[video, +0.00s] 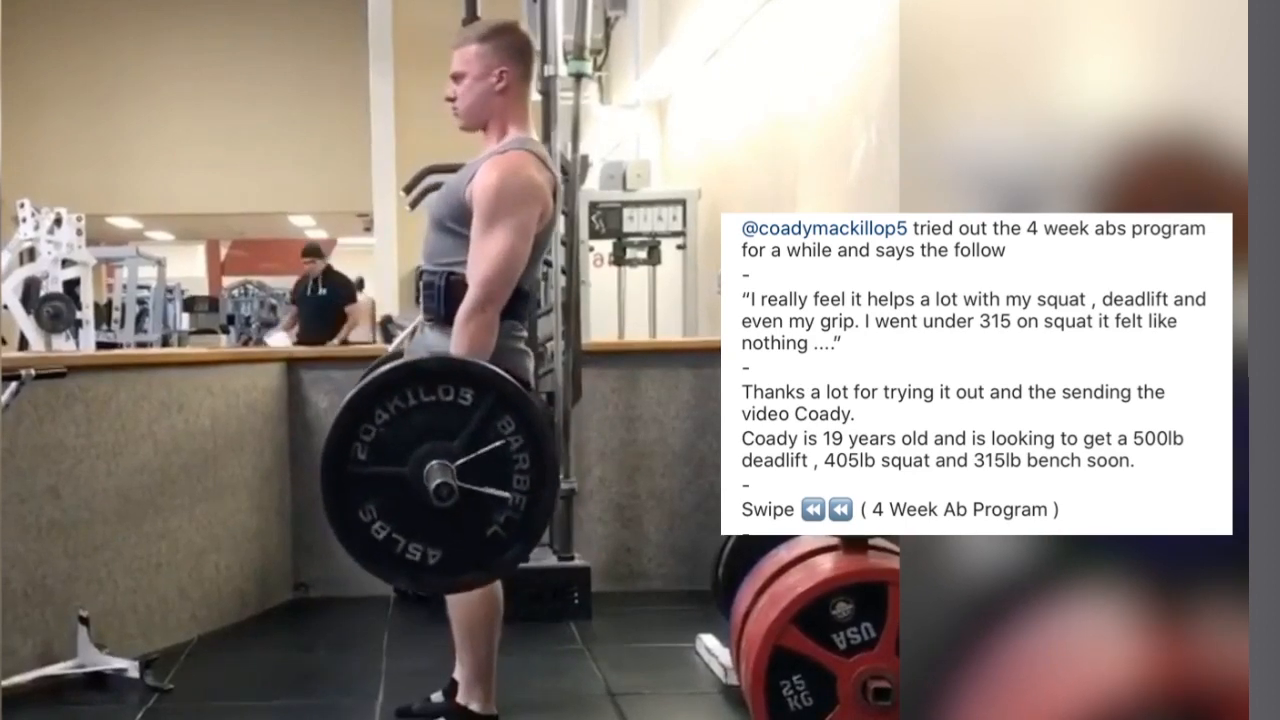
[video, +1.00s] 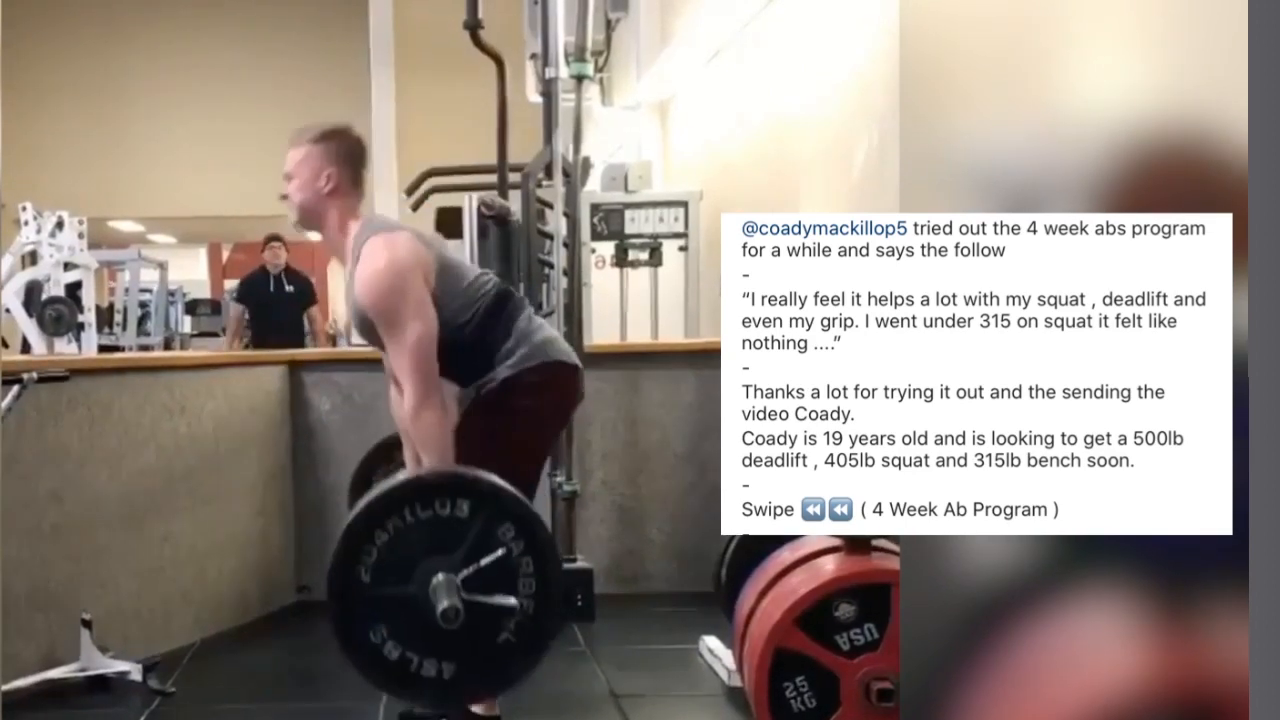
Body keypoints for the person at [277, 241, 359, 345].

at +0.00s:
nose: (309, 267)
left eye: (312, 262)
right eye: (305, 263)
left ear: (323, 261)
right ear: (303, 263)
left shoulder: (341, 282)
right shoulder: (302, 283)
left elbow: (354, 317)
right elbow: (297, 311)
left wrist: (338, 340)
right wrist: (284, 328)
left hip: (331, 346)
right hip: (304, 346)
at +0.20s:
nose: (298, 263)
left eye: (301, 258)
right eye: (293, 259)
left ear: (309, 258)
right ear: (288, 262)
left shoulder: (327, 280)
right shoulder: (284, 286)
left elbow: (344, 310)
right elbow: (278, 318)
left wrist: (341, 339)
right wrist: (263, 341)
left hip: (324, 351)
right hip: (293, 353)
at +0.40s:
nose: (285, 257)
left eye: (288, 252)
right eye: (280, 253)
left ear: (296, 255)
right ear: (274, 258)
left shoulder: (316, 277)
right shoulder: (268, 286)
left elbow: (336, 309)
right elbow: (260, 319)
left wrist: (340, 340)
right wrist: (251, 345)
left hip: (316, 351)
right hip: (281, 354)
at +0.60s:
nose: (280, 255)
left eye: (283, 250)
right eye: (274, 251)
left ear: (290, 255)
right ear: (267, 258)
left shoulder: (307, 278)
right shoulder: (258, 284)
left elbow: (326, 309)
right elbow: (248, 317)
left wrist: (333, 336)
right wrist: (246, 343)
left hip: (308, 350)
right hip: (274, 352)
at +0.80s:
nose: (277, 256)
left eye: (281, 251)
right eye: (272, 252)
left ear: (288, 257)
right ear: (264, 258)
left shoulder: (302, 281)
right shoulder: (255, 284)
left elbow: (318, 313)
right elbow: (242, 320)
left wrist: (324, 346)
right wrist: (239, 351)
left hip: (301, 354)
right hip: (266, 355)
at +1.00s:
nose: (275, 251)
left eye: (280, 248)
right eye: (270, 248)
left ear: (287, 254)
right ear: (263, 255)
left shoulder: (301, 281)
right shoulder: (250, 282)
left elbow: (314, 317)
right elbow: (236, 317)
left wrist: (323, 349)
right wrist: (228, 350)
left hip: (295, 354)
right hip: (260, 355)